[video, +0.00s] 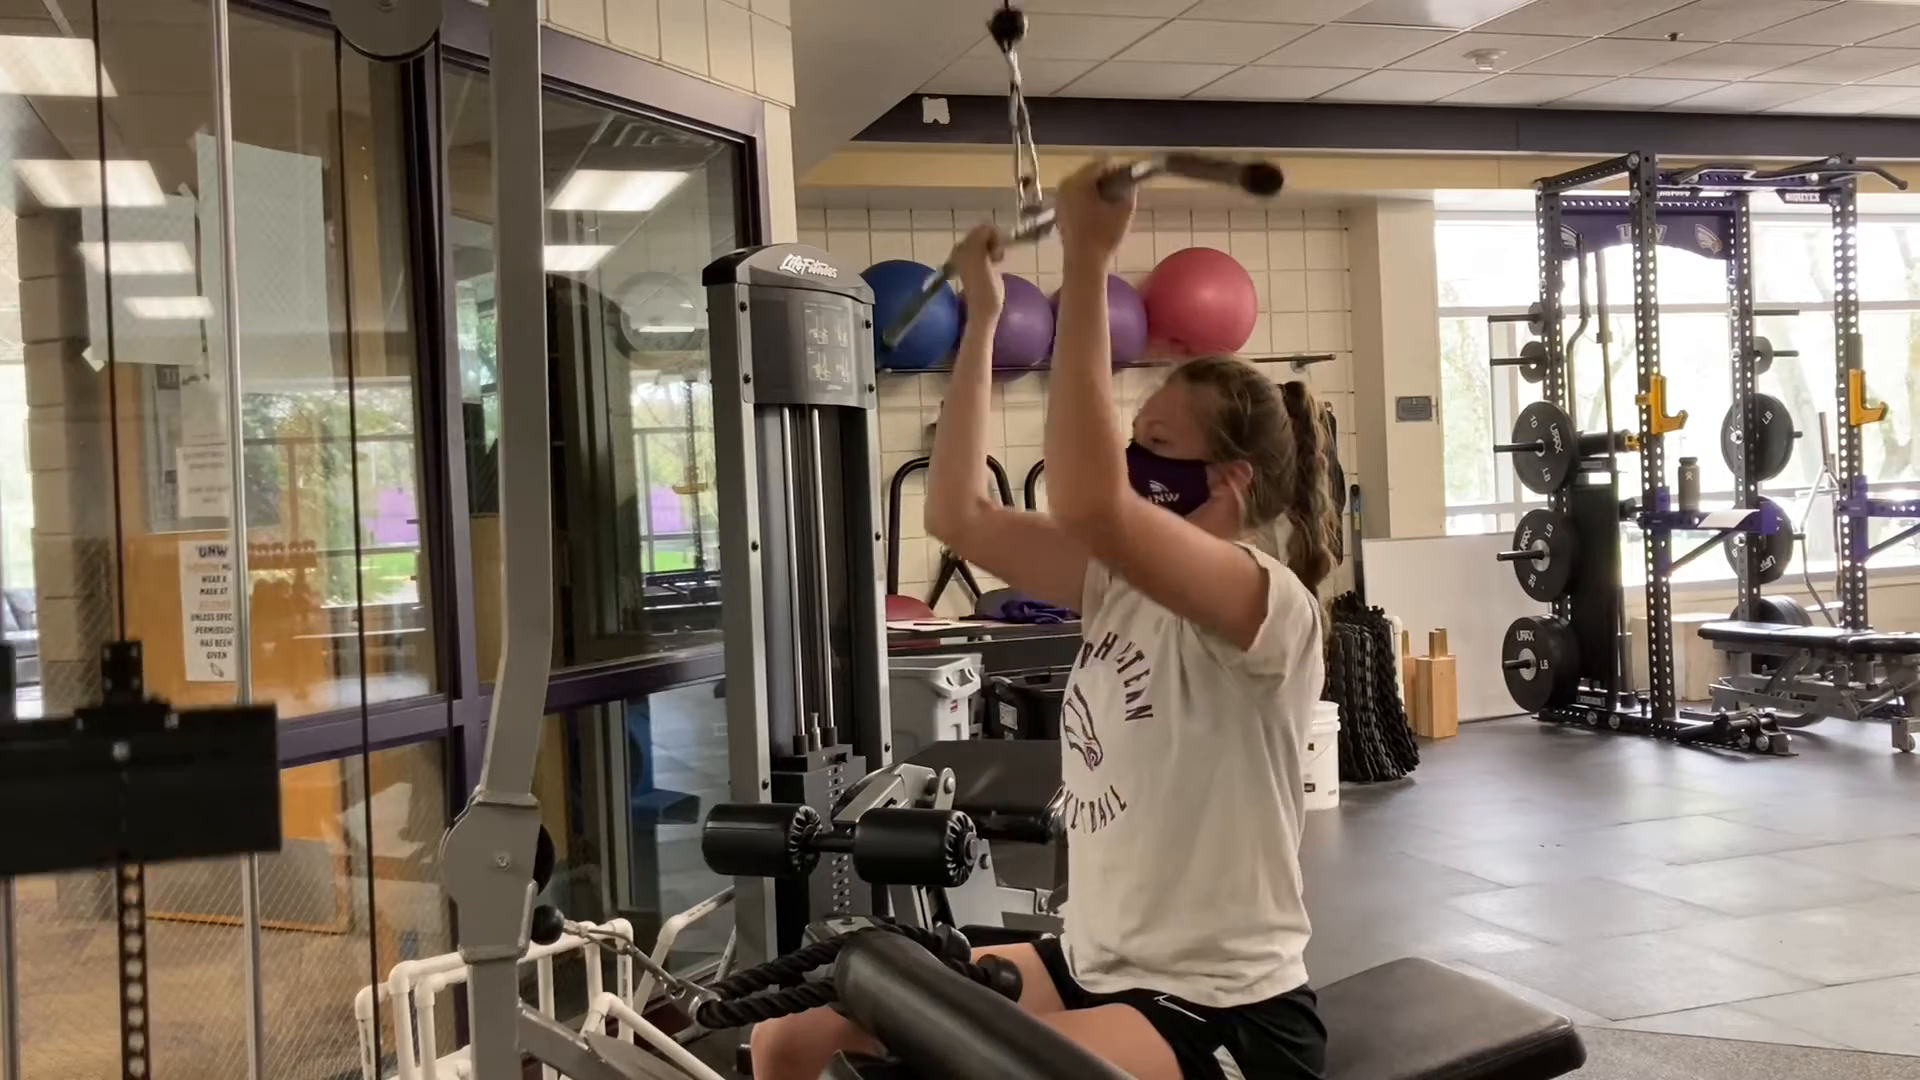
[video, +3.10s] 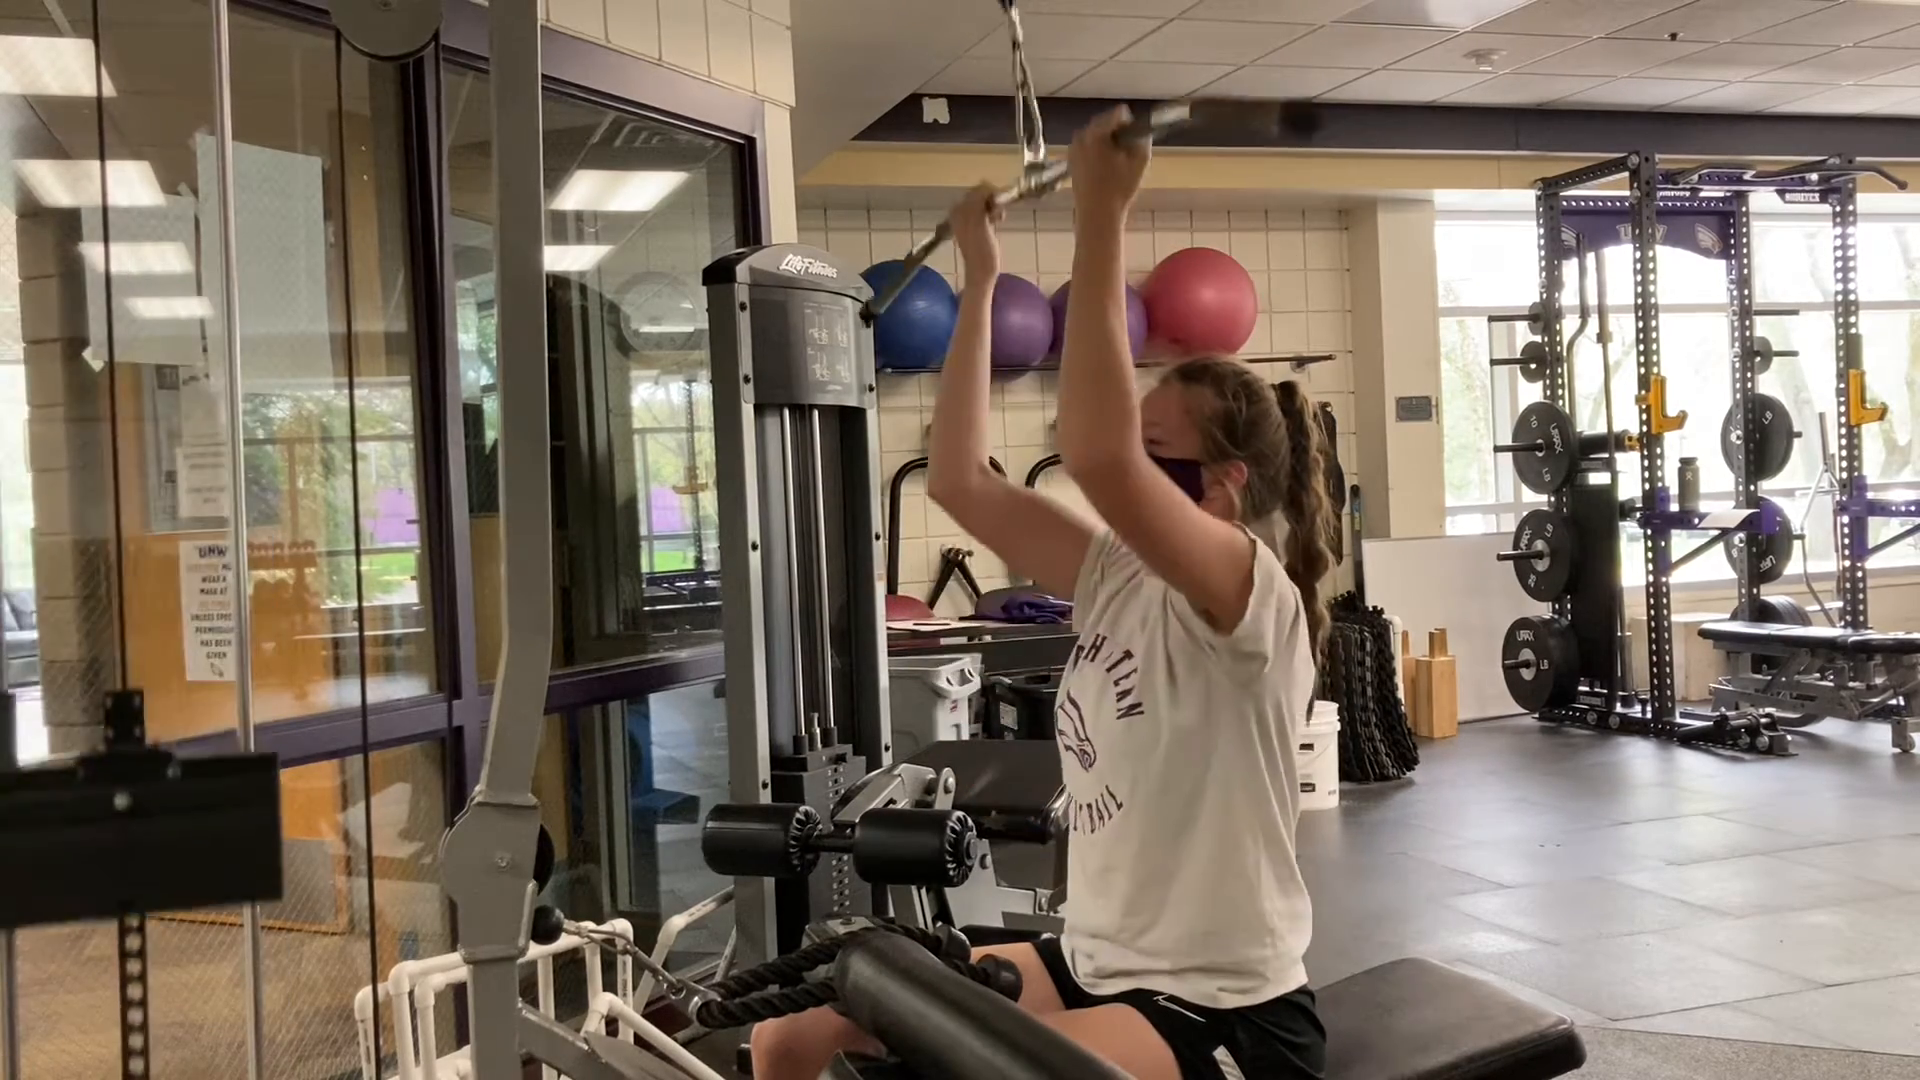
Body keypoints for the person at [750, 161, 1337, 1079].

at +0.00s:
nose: (1128, 469)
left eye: (1156, 458)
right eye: (1129, 447)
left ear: (1232, 486)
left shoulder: (1269, 607)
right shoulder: (1112, 575)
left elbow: (1091, 506)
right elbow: (959, 517)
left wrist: (1085, 264)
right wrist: (982, 319)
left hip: (1225, 1009)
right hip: (1091, 964)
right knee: (786, 1039)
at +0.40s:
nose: (1143, 443)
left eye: (1172, 419)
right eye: (1146, 421)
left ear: (1233, 453)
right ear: (1145, 435)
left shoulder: (1251, 586)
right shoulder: (1107, 549)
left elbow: (1154, 361)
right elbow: (1000, 370)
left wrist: (1105, 97)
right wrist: (984, 158)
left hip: (1224, 1010)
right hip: (1095, 971)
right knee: (791, 1041)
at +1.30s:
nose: (1112, 465)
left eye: (1139, 453)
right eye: (1112, 443)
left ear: (1213, 480)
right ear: (1096, 436)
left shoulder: (1246, 588)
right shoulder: (1102, 566)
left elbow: (1073, 488)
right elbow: (942, 488)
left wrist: (1086, 243)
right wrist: (971, 293)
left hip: (1224, 1007)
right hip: (1095, 963)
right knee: (789, 1038)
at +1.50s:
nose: (1114, 467)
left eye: (1144, 450)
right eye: (1116, 444)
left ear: (1221, 474)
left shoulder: (1260, 597)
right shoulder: (1114, 574)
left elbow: (1071, 612)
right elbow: (939, 593)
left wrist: (1090, 375)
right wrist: (969, 410)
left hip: (1227, 1008)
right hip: (1091, 961)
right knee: (792, 1038)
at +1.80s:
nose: (1122, 463)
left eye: (1151, 448)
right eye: (1123, 443)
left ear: (1228, 475)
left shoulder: (1261, 608)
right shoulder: (1129, 599)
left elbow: (1114, 783)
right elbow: (987, 750)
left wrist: (1110, 549)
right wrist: (986, 560)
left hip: (1222, 1002)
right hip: (1093, 958)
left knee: (971, 1067)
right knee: (787, 1043)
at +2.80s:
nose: (1124, 469)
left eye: (1153, 454)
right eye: (1128, 448)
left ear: (1231, 481)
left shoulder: (1259, 604)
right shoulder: (1119, 596)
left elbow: (1098, 617)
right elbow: (945, 609)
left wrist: (1095, 384)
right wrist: (979, 420)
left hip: (1225, 1011)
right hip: (1091, 964)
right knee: (788, 1039)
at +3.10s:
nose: (1131, 451)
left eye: (1157, 441)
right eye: (1131, 434)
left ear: (1226, 481)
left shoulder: (1251, 593)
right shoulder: (1106, 572)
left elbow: (1099, 452)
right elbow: (962, 481)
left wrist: (1100, 217)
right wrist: (981, 278)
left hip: (1222, 1013)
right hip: (1088, 967)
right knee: (788, 1041)